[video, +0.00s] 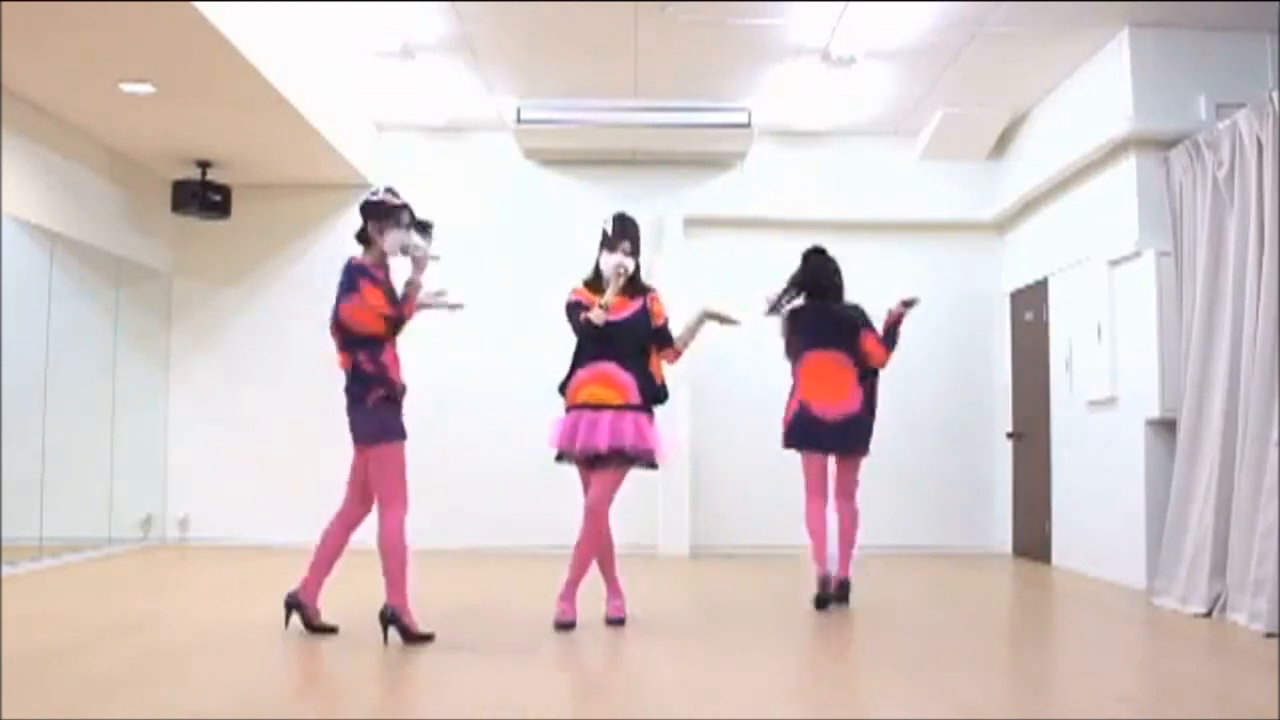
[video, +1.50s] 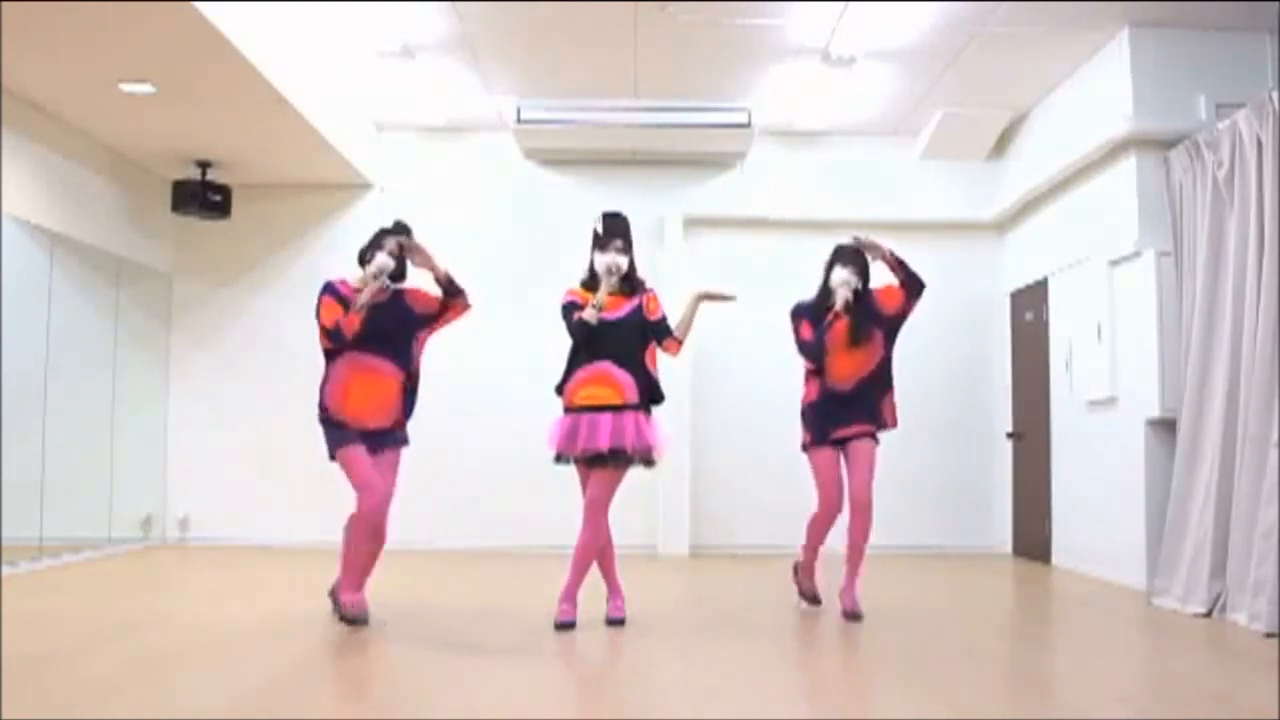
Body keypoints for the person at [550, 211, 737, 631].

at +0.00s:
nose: (620, 261)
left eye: (628, 253)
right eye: (613, 252)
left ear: (637, 258)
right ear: (599, 253)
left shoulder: (647, 301)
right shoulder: (581, 295)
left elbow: (669, 351)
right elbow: (585, 323)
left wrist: (702, 317)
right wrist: (610, 292)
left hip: (627, 406)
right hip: (585, 404)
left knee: (597, 504)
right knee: (594, 506)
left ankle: (567, 593)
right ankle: (614, 592)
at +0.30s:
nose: (618, 260)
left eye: (627, 255)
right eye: (614, 250)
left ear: (635, 258)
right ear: (601, 246)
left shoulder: (637, 292)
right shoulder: (572, 291)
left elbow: (672, 327)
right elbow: (575, 328)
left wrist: (694, 286)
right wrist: (601, 292)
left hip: (623, 407)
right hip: (580, 406)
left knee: (596, 504)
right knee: (593, 506)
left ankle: (568, 594)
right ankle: (615, 592)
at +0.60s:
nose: (620, 260)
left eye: (628, 256)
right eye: (618, 251)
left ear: (634, 259)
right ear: (604, 247)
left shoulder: (633, 290)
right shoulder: (569, 290)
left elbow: (681, 304)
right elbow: (572, 326)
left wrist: (683, 253)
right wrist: (599, 288)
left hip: (620, 406)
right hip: (578, 406)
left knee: (595, 504)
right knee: (593, 506)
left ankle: (569, 594)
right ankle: (614, 593)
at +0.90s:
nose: (610, 261)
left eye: (617, 253)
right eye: (602, 253)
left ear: (627, 257)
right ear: (589, 255)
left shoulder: (640, 299)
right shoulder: (573, 295)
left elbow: (668, 345)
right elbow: (575, 332)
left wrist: (692, 302)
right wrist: (599, 288)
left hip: (622, 406)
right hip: (580, 405)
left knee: (595, 503)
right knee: (592, 505)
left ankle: (568, 595)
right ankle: (615, 593)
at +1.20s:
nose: (612, 261)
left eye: (619, 253)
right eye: (604, 252)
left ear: (629, 256)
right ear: (592, 253)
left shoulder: (641, 297)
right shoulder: (575, 295)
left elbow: (671, 344)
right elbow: (578, 332)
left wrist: (694, 299)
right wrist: (602, 288)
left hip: (624, 407)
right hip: (581, 406)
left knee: (596, 503)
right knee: (593, 505)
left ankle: (567, 596)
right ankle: (615, 592)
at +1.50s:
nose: (613, 261)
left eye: (621, 252)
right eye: (606, 252)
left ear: (631, 255)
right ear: (593, 253)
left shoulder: (642, 297)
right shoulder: (576, 295)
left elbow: (671, 344)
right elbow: (579, 332)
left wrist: (695, 300)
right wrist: (602, 289)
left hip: (624, 407)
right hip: (582, 406)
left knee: (596, 503)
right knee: (594, 505)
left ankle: (567, 595)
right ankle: (615, 592)